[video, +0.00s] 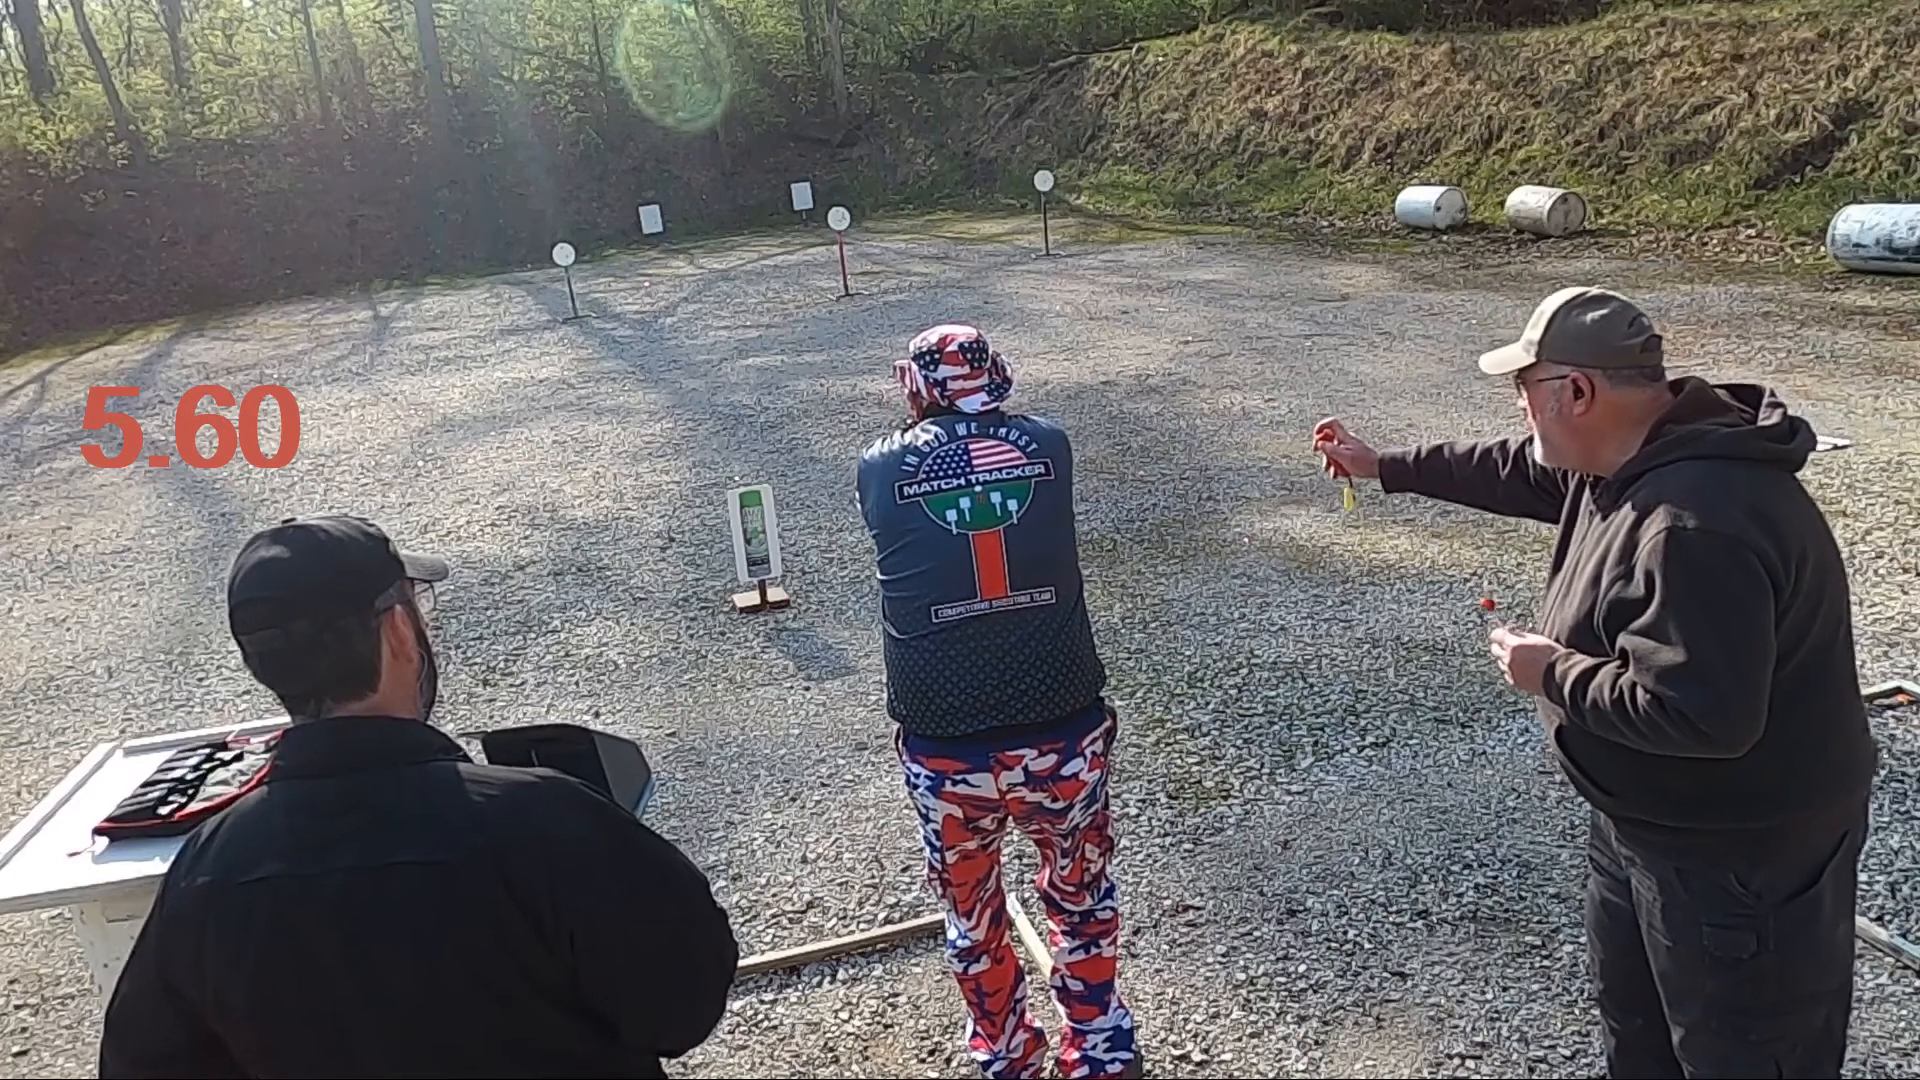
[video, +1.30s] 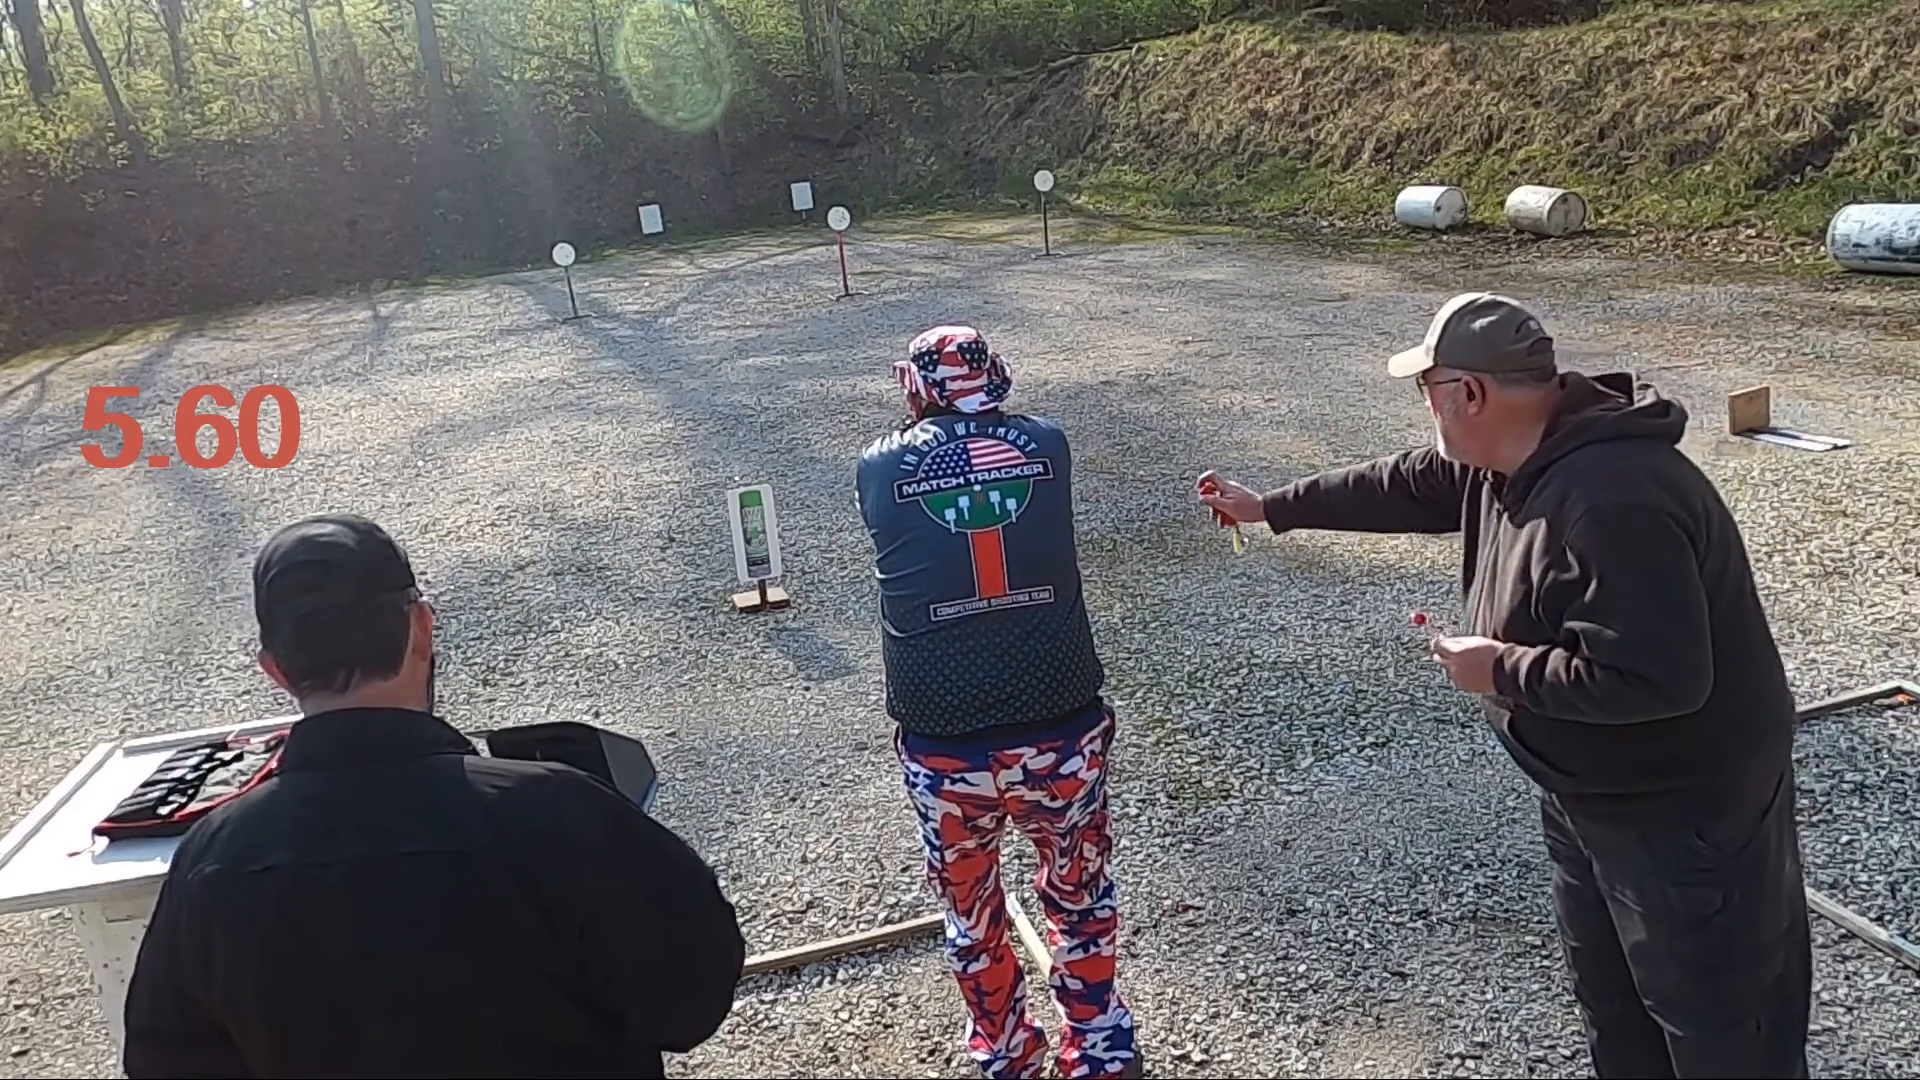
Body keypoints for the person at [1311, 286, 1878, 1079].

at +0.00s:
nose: (1522, 405)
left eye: (1527, 388)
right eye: (1521, 387)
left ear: (1579, 394)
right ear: (1584, 393)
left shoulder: (1695, 526)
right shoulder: (1620, 463)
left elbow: (1708, 715)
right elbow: (1511, 470)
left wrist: (1552, 671)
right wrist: (1381, 465)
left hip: (1737, 858)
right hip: (1639, 824)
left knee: (1745, 1061)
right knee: (1640, 1039)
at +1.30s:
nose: (1427, 405)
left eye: (1429, 389)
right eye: (1425, 390)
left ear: (1471, 395)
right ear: (1484, 392)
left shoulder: (1613, 501)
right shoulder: (1504, 462)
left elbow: (1662, 678)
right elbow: (1404, 487)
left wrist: (1505, 670)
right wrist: (1270, 505)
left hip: (1686, 813)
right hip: (1589, 795)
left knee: (1721, 1037)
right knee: (1621, 1022)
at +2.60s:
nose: (1457, 408)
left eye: (1455, 391)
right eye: (1453, 392)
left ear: (1483, 397)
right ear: (1549, 375)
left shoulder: (1629, 491)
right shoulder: (1558, 466)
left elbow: (1682, 658)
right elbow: (1496, 529)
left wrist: (1527, 659)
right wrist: (1365, 520)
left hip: (1725, 815)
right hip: (1621, 800)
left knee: (1784, 1050)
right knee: (1638, 1036)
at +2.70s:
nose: (1478, 412)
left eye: (1476, 395)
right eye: (1475, 395)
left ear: (1504, 400)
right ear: (1577, 374)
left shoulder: (1638, 498)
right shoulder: (1589, 463)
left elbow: (1693, 674)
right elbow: (1550, 553)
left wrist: (1538, 665)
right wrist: (1431, 551)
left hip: (1742, 826)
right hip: (1637, 807)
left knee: (1801, 1051)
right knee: (1642, 1034)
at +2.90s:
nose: (1532, 422)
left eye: (1533, 405)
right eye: (1532, 404)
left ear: (1564, 413)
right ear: (1634, 390)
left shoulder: (1696, 520)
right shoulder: (1657, 470)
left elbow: (1740, 705)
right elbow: (1647, 587)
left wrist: (1585, 687)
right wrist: (1537, 579)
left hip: (1791, 848)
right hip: (1681, 819)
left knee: (1829, 1062)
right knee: (1657, 1038)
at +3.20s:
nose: (1611, 426)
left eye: (1612, 409)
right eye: (1608, 409)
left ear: (1649, 416)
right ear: (1728, 392)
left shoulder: (1795, 531)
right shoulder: (1733, 488)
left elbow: (1838, 725)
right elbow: (1715, 603)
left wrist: (1666, 701)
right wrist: (1600, 593)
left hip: (1842, 881)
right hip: (1747, 855)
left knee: (1855, 1064)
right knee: (1698, 1056)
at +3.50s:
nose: (1689, 425)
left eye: (1688, 407)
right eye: (1685, 407)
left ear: (1726, 416)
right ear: (1813, 394)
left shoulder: (1851, 547)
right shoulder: (1821, 487)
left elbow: (1867, 752)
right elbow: (1792, 597)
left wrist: (1711, 702)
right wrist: (1686, 590)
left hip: (1868, 889)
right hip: (1803, 857)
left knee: (1872, 1064)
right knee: (1731, 1056)